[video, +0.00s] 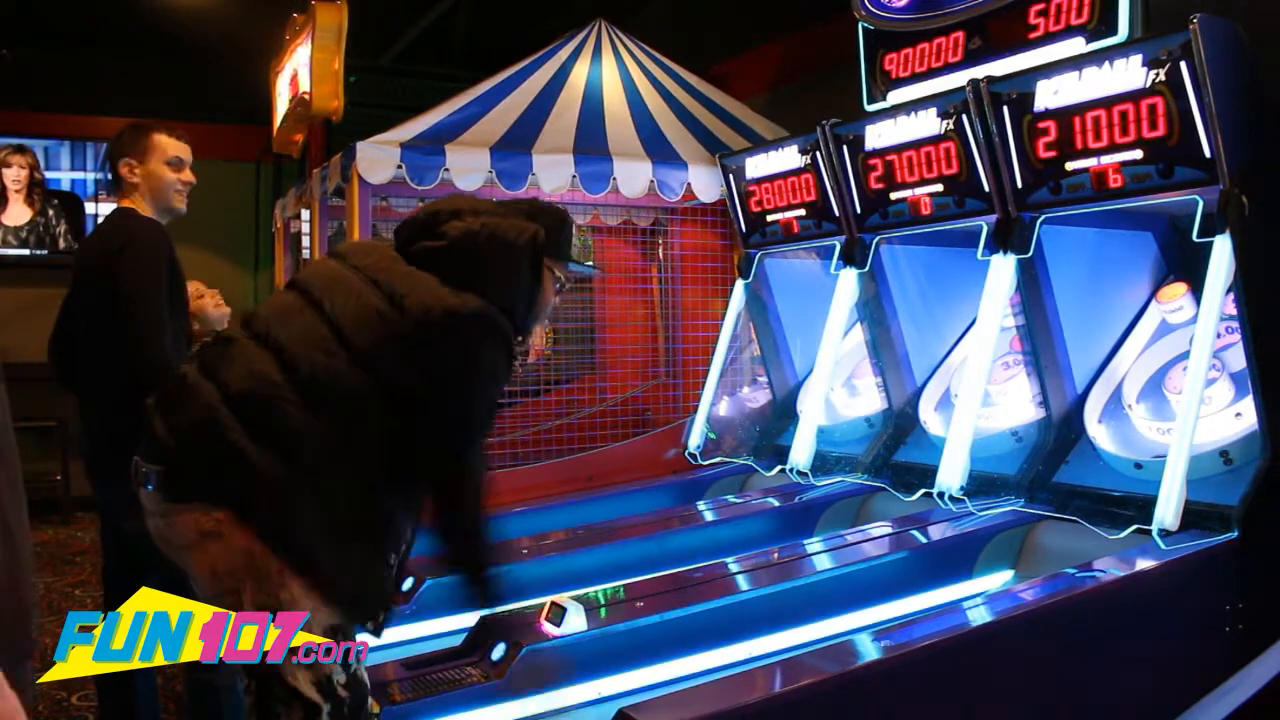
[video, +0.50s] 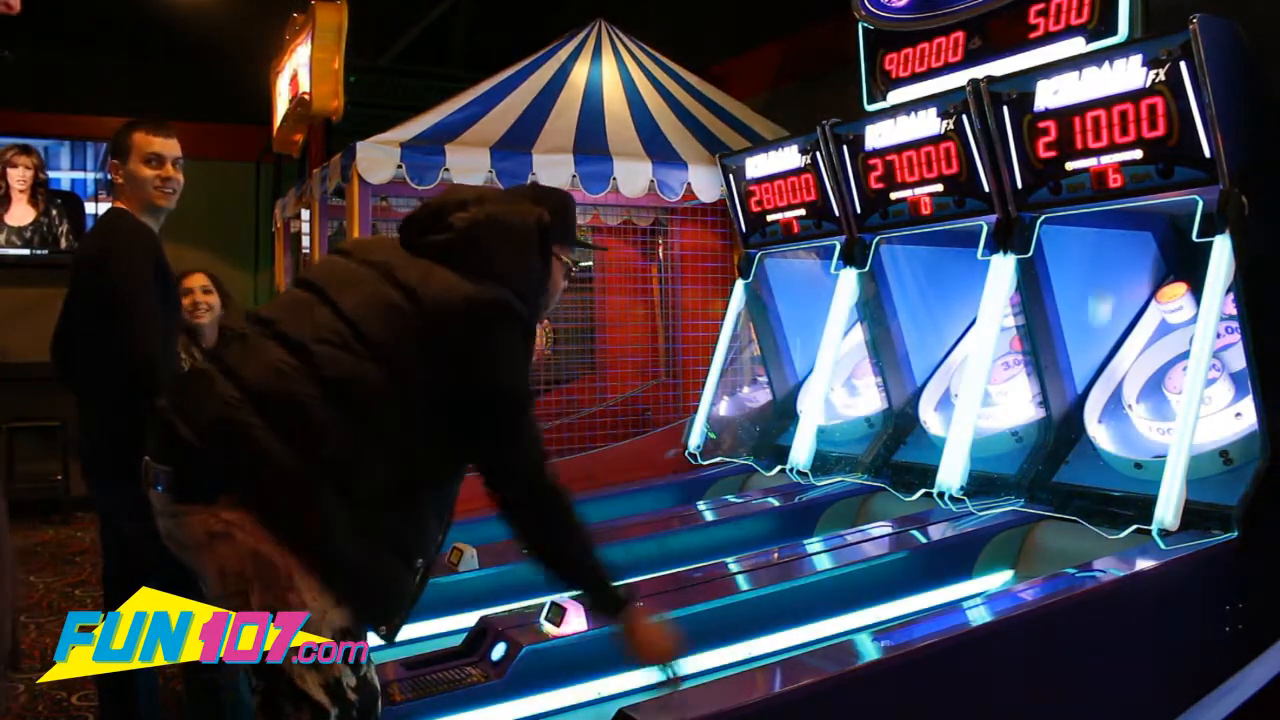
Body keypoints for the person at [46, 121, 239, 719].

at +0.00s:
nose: (190, 178)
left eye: (190, 167)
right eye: (177, 164)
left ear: (134, 174)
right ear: (132, 170)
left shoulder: (105, 238)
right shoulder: (145, 239)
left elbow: (66, 349)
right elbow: (155, 360)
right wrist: (196, 323)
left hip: (111, 449)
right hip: (143, 455)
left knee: (128, 594)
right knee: (166, 595)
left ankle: (127, 707)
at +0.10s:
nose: (184, 177)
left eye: (186, 167)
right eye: (170, 164)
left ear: (135, 176)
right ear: (127, 170)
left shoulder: (104, 238)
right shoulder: (143, 239)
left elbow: (65, 349)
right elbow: (154, 355)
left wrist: (110, 401)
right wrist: (195, 418)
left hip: (110, 444)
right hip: (141, 449)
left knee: (128, 591)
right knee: (164, 592)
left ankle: (127, 705)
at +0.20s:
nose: (178, 176)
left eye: (181, 166)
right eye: (163, 163)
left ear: (179, 173)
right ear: (122, 171)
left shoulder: (105, 238)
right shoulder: (141, 241)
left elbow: (65, 350)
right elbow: (151, 357)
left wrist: (110, 403)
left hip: (110, 443)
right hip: (139, 449)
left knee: (128, 589)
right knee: (158, 591)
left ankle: (127, 704)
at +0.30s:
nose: (174, 175)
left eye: (179, 165)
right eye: (158, 162)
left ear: (180, 173)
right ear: (120, 170)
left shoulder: (105, 238)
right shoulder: (137, 242)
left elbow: (66, 349)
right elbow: (150, 358)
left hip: (110, 441)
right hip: (136, 447)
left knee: (128, 585)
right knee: (152, 589)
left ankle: (127, 702)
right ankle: (135, 702)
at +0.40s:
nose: (171, 174)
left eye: (177, 165)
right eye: (156, 162)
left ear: (180, 174)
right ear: (118, 171)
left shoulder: (109, 237)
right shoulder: (134, 241)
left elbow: (67, 347)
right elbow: (149, 356)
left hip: (112, 442)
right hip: (134, 448)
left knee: (130, 588)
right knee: (151, 591)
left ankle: (127, 703)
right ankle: (136, 703)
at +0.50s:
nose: (171, 173)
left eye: (177, 164)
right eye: (155, 161)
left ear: (181, 175)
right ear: (118, 171)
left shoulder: (112, 237)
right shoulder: (129, 241)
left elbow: (68, 348)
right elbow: (149, 357)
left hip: (114, 442)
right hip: (132, 447)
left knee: (131, 588)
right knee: (150, 592)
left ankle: (128, 704)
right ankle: (138, 705)